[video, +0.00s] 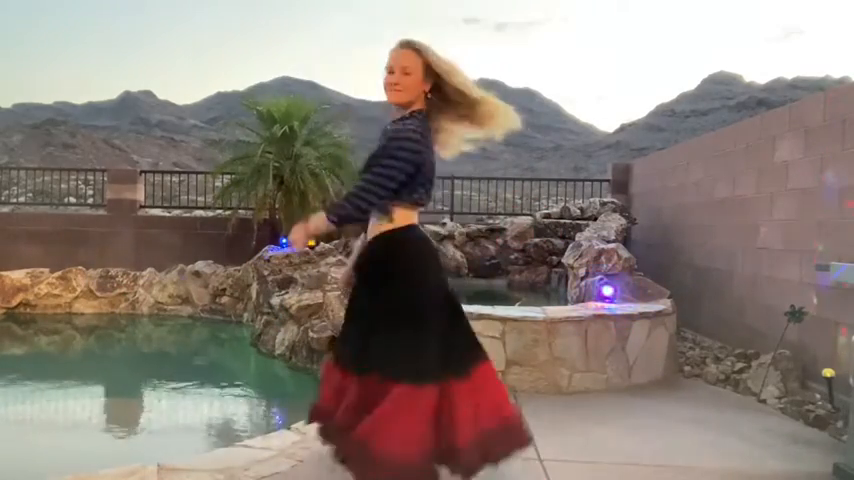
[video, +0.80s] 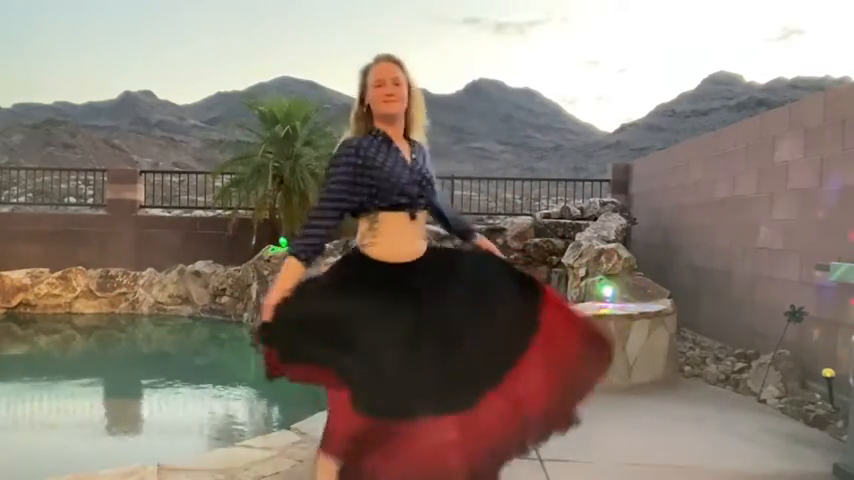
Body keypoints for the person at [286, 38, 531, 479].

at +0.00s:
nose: (392, 78)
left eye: (403, 73)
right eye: (390, 71)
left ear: (427, 85)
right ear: (387, 75)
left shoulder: (408, 131)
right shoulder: (407, 128)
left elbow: (369, 194)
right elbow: (385, 200)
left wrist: (315, 223)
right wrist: (360, 258)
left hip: (397, 255)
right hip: (402, 250)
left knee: (396, 364)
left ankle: (394, 460)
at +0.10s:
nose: (394, 78)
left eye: (404, 71)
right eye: (388, 70)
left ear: (420, 83)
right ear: (378, 78)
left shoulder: (414, 136)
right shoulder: (387, 130)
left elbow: (396, 208)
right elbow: (384, 197)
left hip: (404, 253)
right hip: (385, 249)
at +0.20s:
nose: (391, 76)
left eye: (400, 69)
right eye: (383, 69)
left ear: (414, 79)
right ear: (373, 78)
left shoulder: (417, 136)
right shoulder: (366, 132)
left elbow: (421, 209)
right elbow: (367, 196)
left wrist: (411, 280)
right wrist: (361, 248)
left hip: (403, 250)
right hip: (369, 249)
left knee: (395, 347)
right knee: (371, 343)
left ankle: (396, 453)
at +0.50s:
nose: (390, 77)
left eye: (398, 70)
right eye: (381, 71)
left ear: (411, 79)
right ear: (369, 80)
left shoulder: (428, 137)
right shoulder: (352, 134)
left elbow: (451, 201)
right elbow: (324, 191)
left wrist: (471, 263)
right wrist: (292, 241)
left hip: (411, 258)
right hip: (354, 257)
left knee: (415, 365)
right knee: (354, 364)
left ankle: (417, 460)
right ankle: (357, 459)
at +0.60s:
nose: (390, 86)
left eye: (399, 79)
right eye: (381, 80)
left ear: (412, 87)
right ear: (370, 90)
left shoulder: (430, 144)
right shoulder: (354, 142)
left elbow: (457, 201)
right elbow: (322, 196)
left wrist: (494, 252)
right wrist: (285, 247)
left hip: (417, 265)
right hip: (358, 266)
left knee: (421, 374)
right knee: (364, 371)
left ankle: (425, 463)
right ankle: (374, 458)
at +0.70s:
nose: (389, 92)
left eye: (397, 85)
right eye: (380, 86)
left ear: (410, 95)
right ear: (368, 98)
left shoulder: (425, 151)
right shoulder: (353, 151)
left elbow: (454, 206)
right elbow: (318, 207)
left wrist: (498, 250)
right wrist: (283, 257)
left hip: (422, 270)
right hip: (362, 270)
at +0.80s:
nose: (388, 89)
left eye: (396, 82)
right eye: (379, 83)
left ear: (409, 92)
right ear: (365, 96)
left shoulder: (417, 149)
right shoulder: (356, 149)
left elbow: (435, 207)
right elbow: (322, 218)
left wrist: (475, 238)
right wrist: (283, 287)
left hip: (419, 272)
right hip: (371, 273)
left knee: (426, 384)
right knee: (356, 388)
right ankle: (329, 465)